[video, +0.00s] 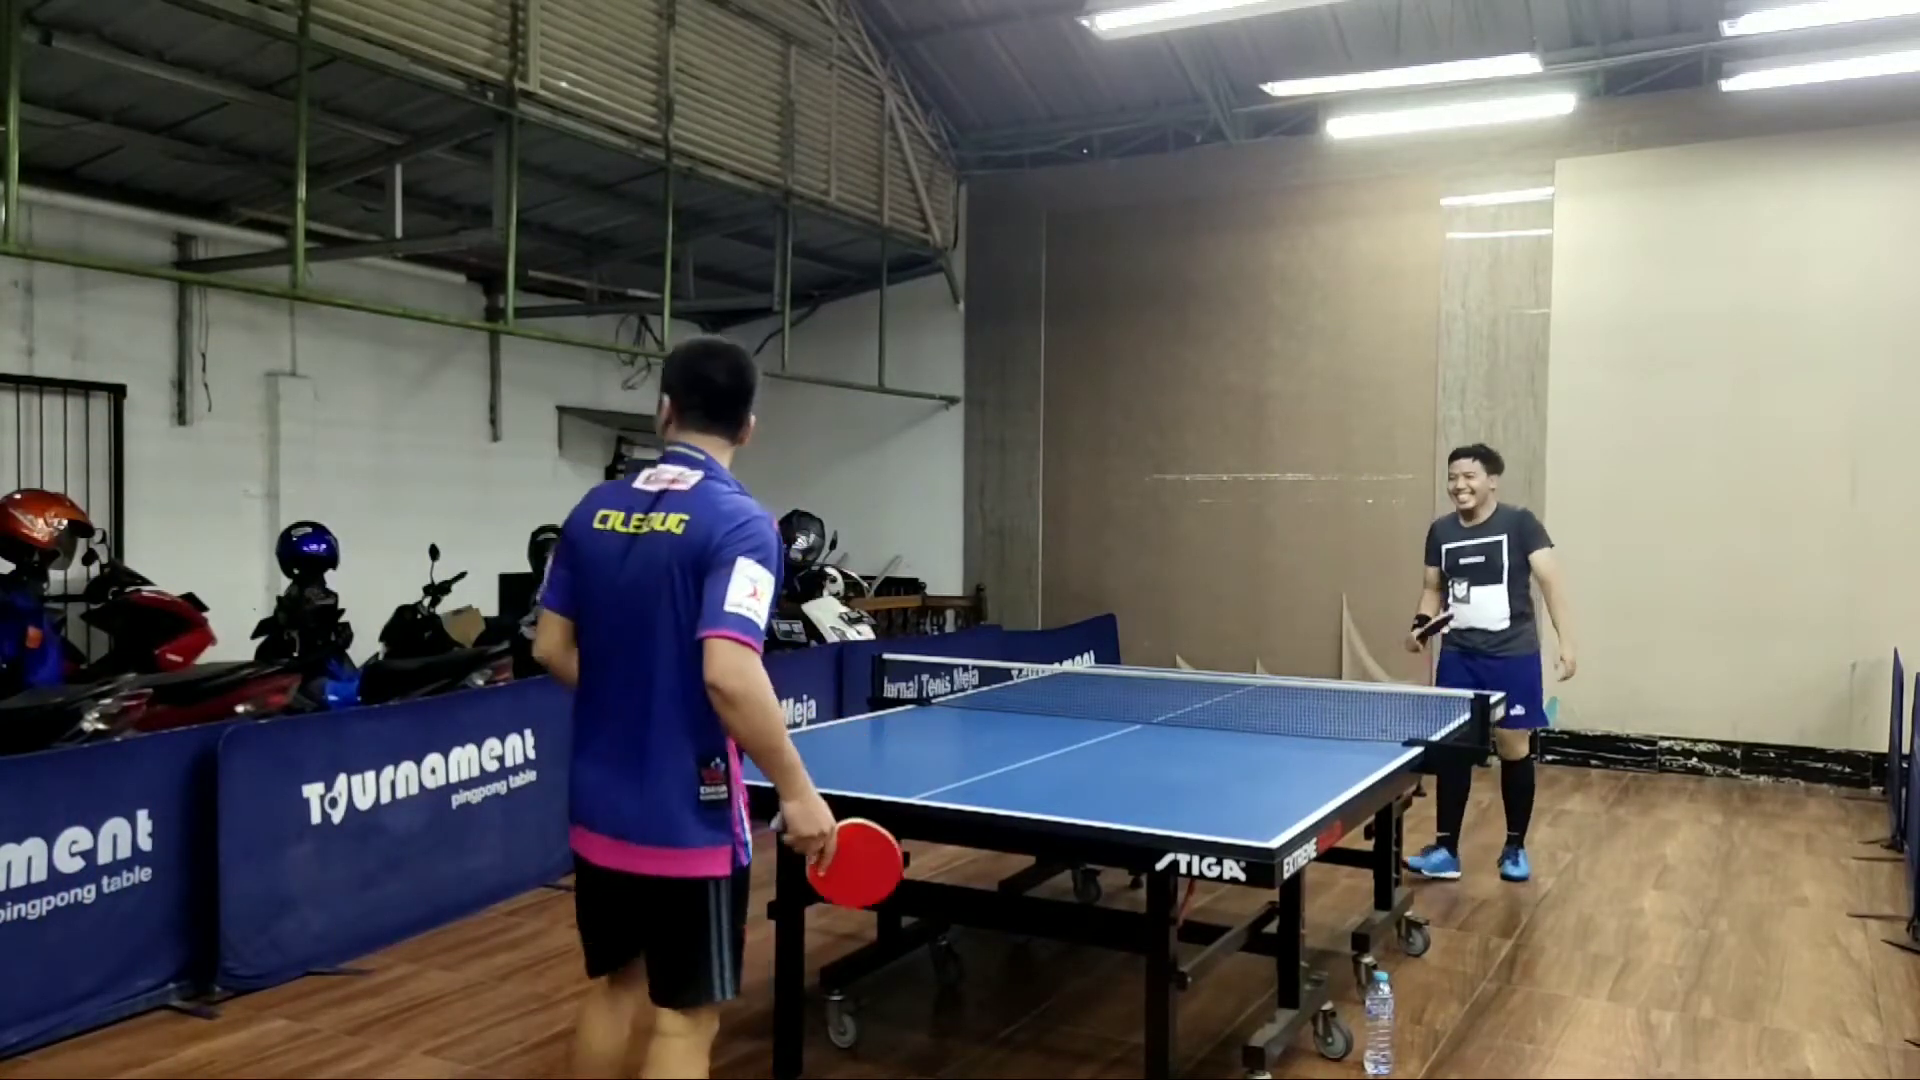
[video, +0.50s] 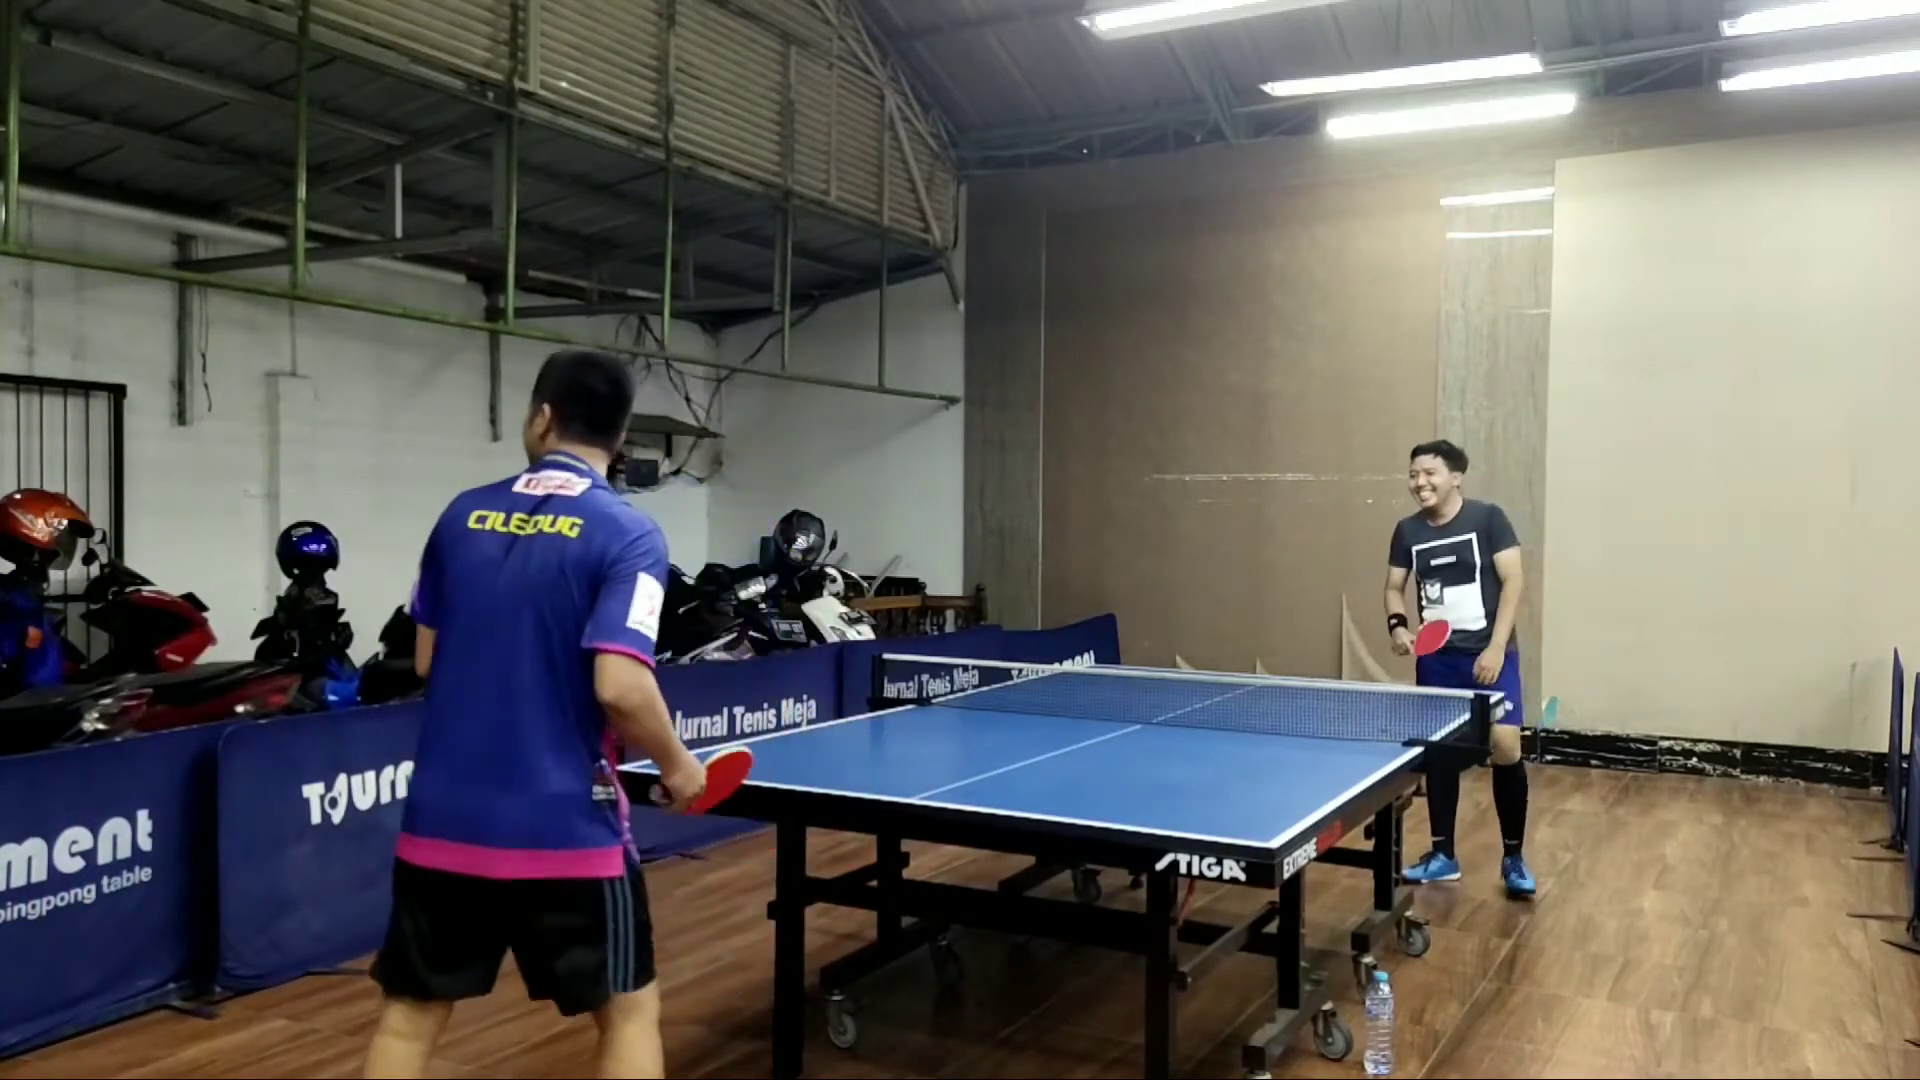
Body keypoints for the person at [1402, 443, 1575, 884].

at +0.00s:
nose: (1460, 485)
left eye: (1469, 476)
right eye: (1454, 477)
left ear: (1492, 480)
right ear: (1448, 483)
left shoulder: (1520, 523)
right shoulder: (1441, 531)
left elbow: (1550, 581)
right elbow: (1432, 590)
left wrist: (1565, 643)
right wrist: (1422, 626)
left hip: (1513, 659)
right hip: (1458, 659)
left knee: (1514, 749)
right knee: (1452, 750)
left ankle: (1515, 848)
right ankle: (1446, 849)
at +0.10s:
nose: (1447, 485)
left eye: (1456, 476)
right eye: (1440, 478)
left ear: (1480, 481)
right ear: (1435, 485)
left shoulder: (1509, 523)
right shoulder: (1431, 535)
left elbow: (1540, 580)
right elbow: (1426, 593)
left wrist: (1547, 640)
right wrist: (1425, 633)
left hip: (1508, 661)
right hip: (1453, 661)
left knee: (1510, 754)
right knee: (1446, 753)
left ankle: (1514, 847)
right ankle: (1443, 853)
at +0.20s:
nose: (1434, 486)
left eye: (1443, 477)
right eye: (1427, 479)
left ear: (1468, 480)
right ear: (1423, 486)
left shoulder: (1500, 520)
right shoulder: (1421, 535)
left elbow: (1528, 578)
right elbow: (1415, 591)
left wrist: (1527, 635)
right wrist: (1416, 629)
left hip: (1498, 659)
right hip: (1444, 660)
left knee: (1508, 750)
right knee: (1440, 752)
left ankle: (1514, 842)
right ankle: (1443, 853)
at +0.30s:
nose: (1425, 486)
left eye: (1434, 477)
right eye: (1418, 479)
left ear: (1460, 479)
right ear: (1415, 486)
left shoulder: (1494, 520)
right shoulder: (1414, 534)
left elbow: (1523, 579)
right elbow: (1404, 591)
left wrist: (1509, 640)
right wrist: (1405, 629)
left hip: (1495, 653)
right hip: (1439, 657)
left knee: (1508, 742)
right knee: (1436, 750)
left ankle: (1514, 833)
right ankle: (1443, 853)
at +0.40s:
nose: (1421, 483)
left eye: (1431, 474)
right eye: (1415, 476)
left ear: (1457, 477)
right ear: (1412, 482)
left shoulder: (1489, 518)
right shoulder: (1410, 531)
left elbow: (1517, 579)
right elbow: (1398, 589)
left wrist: (1500, 646)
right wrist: (1399, 629)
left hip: (1493, 652)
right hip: (1437, 657)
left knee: (1509, 738)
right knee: (1437, 748)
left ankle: (1512, 840)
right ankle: (1443, 853)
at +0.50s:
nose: (1419, 482)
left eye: (1429, 473)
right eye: (1414, 474)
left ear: (1456, 477)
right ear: (1411, 481)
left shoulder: (1488, 518)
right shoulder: (1408, 531)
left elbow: (1514, 581)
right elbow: (1395, 587)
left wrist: (1496, 647)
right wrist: (1398, 626)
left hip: (1491, 654)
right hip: (1437, 660)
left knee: (1504, 744)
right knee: (1440, 751)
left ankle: (1513, 857)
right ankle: (1443, 854)